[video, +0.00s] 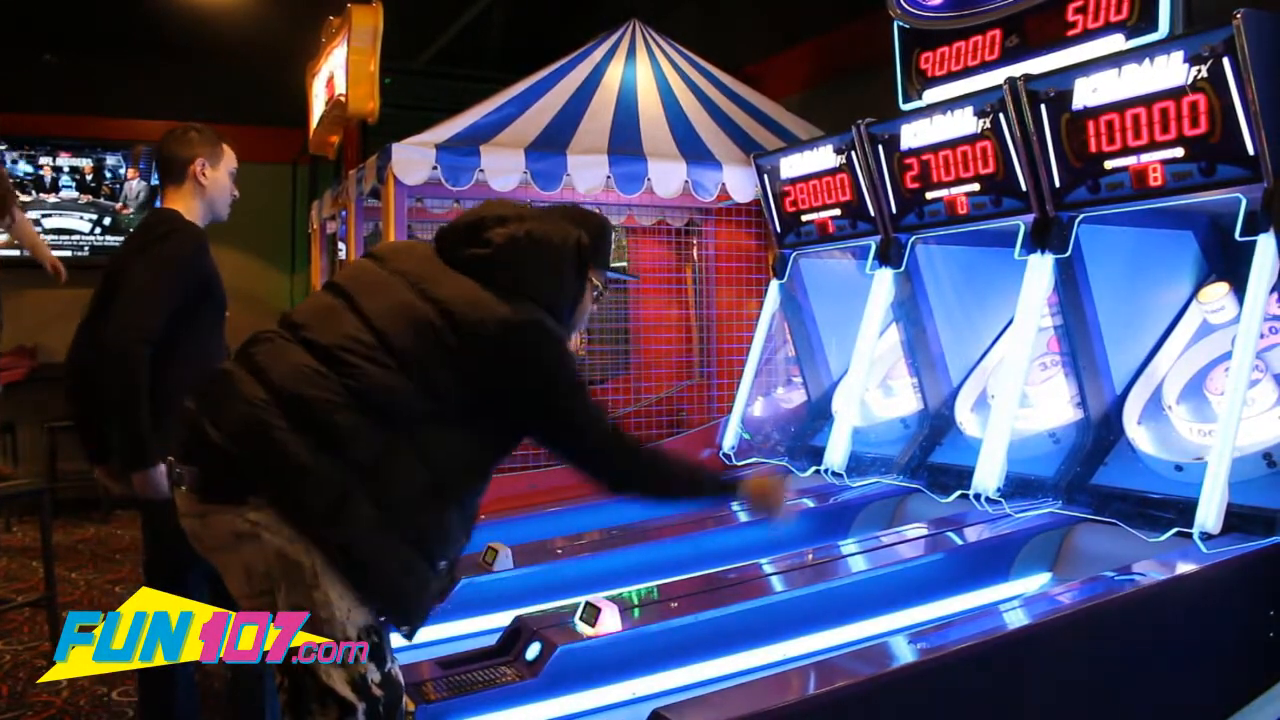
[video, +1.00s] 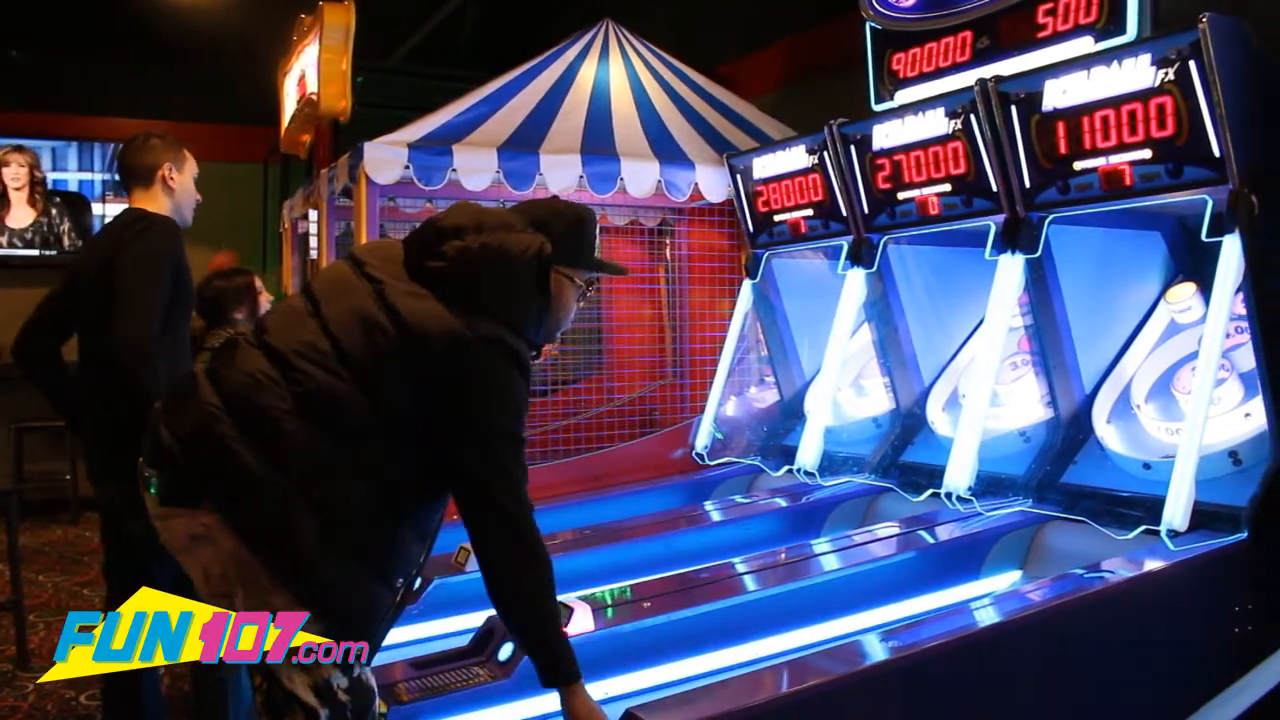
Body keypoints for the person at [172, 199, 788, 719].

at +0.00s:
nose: (588, 303)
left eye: (592, 286)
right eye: (586, 284)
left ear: (493, 247)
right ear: (554, 277)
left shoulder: (396, 265)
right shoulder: (519, 342)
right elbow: (615, 460)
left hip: (209, 484)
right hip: (286, 530)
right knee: (364, 700)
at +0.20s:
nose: (582, 281)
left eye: (583, 264)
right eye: (577, 263)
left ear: (478, 235)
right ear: (540, 257)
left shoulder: (390, 268)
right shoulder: (513, 321)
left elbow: (351, 411)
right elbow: (619, 446)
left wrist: (443, 540)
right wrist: (745, 471)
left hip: (220, 488)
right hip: (293, 519)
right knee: (355, 697)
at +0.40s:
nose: (586, 279)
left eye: (588, 263)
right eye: (580, 261)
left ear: (504, 242)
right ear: (537, 254)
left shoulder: (392, 263)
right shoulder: (497, 320)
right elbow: (544, 486)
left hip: (215, 487)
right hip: (280, 517)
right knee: (359, 697)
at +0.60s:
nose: (587, 289)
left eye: (590, 273)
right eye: (584, 270)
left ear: (511, 250)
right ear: (546, 259)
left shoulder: (398, 264)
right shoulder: (492, 332)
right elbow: (495, 514)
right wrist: (559, 666)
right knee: (346, 698)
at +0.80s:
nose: (584, 295)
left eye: (587, 280)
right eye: (580, 277)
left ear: (508, 255)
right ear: (543, 269)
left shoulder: (396, 261)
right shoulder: (485, 341)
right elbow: (501, 522)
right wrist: (564, 677)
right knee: (329, 695)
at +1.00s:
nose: (579, 305)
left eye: (583, 288)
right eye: (576, 285)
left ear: (505, 259)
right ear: (538, 276)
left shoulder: (389, 261)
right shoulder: (483, 353)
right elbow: (506, 533)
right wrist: (569, 684)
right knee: (326, 695)